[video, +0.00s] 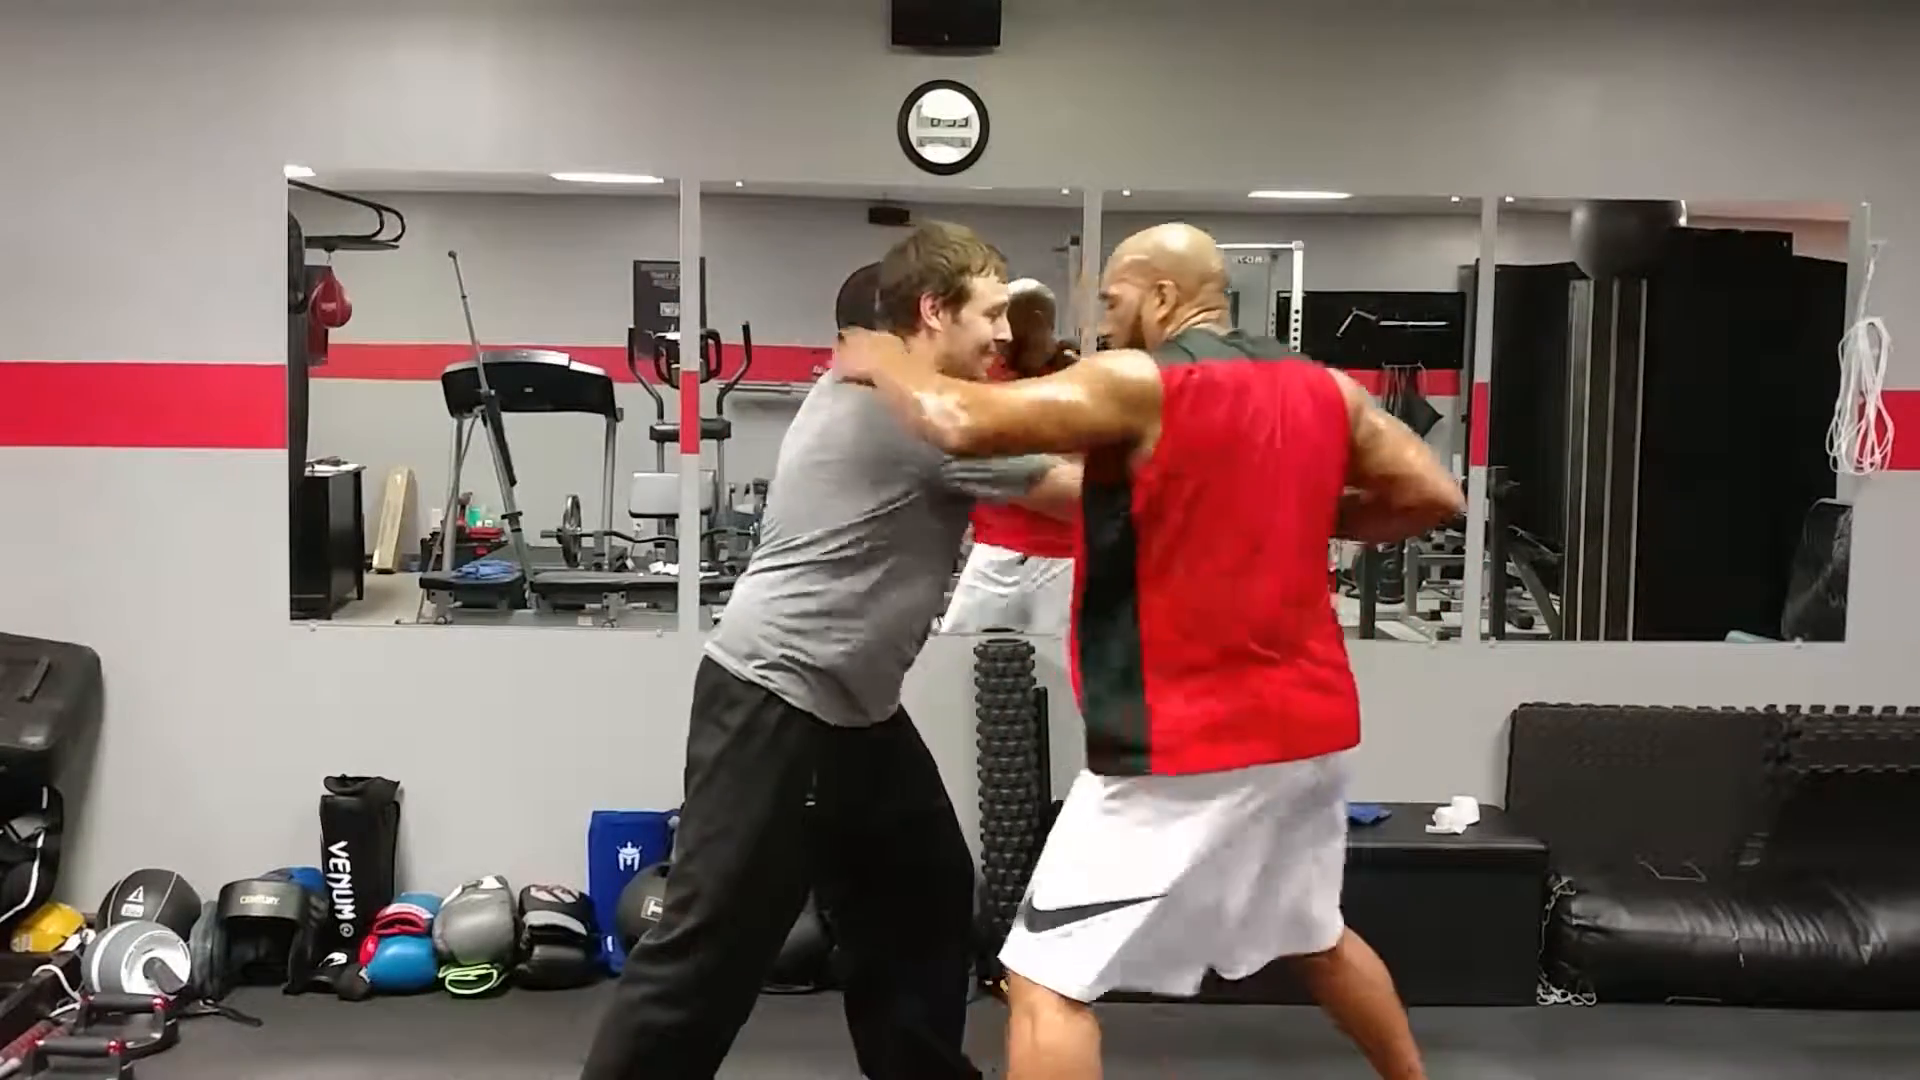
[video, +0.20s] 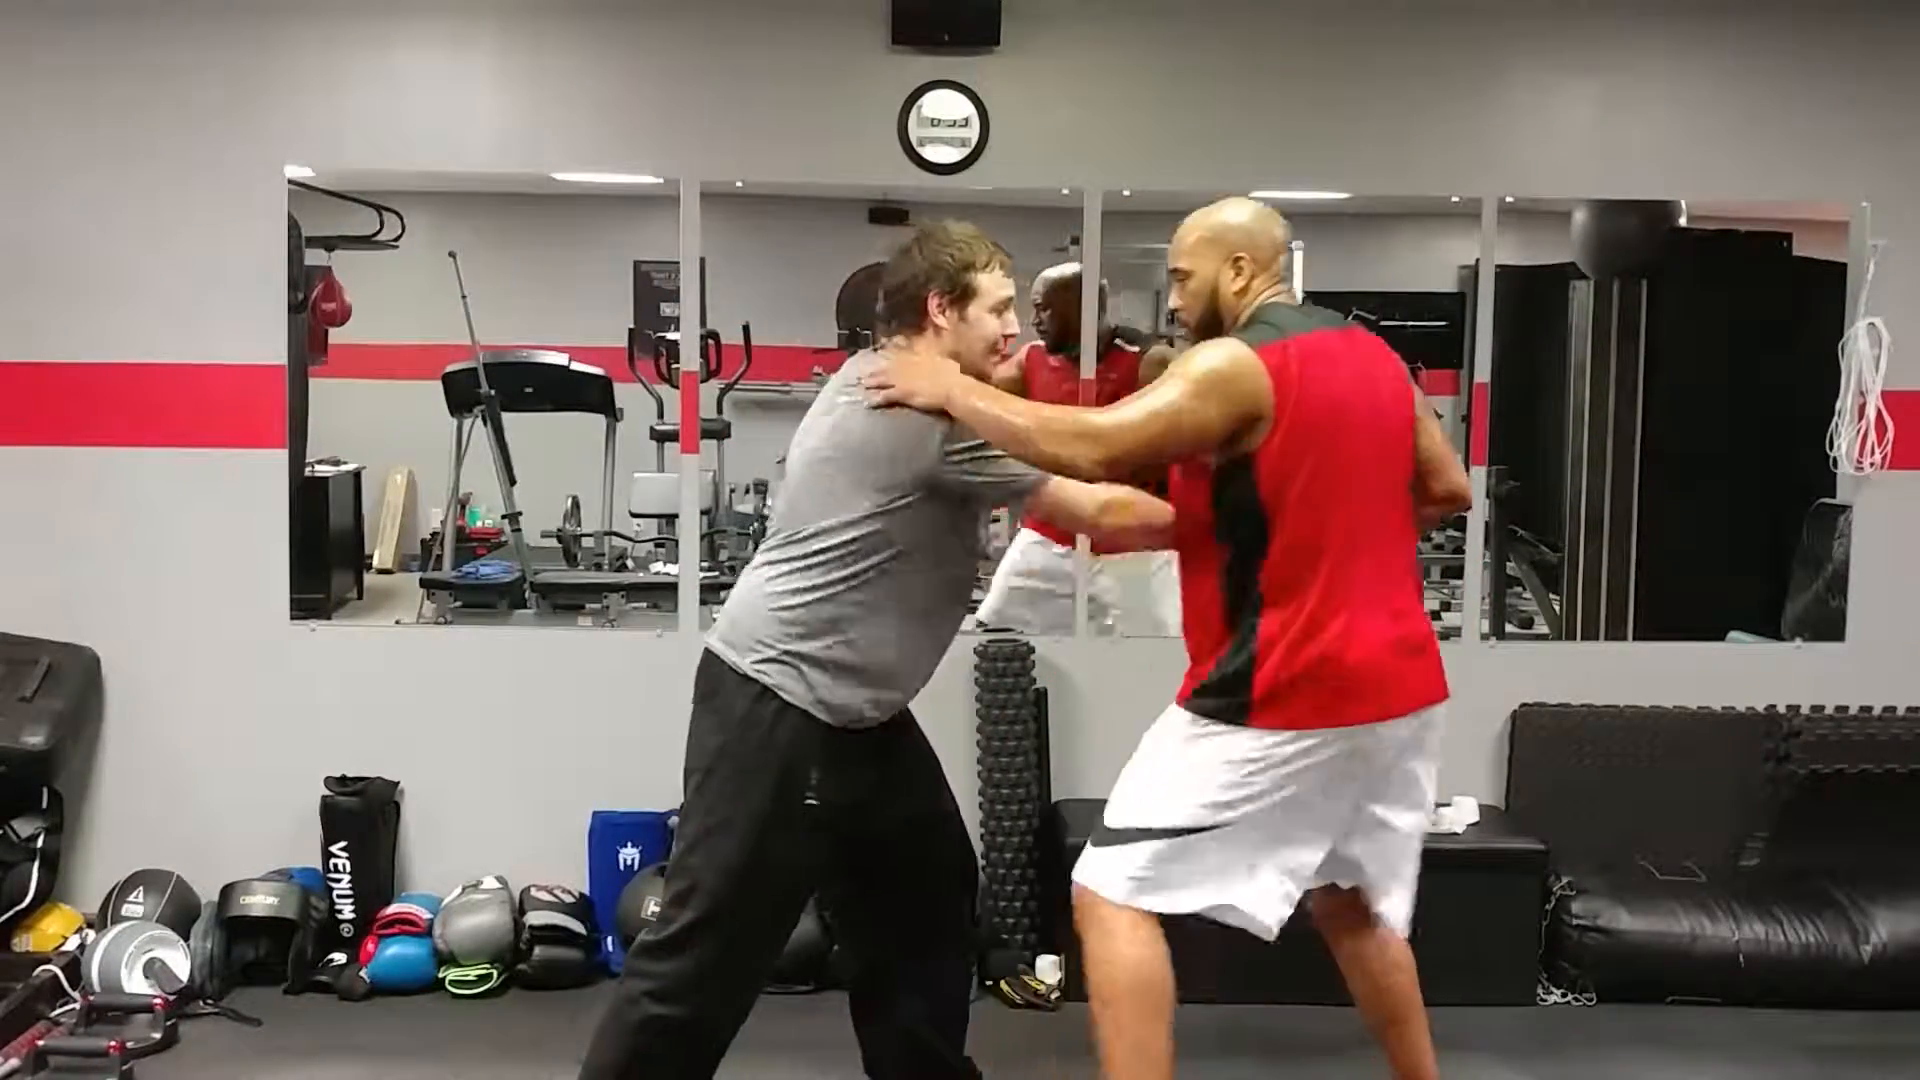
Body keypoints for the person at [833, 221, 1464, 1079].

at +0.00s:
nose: (1101, 322)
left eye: (1112, 303)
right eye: (1101, 303)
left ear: (1165, 298)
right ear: (1208, 302)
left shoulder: (1136, 382)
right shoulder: (1324, 390)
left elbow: (959, 420)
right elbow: (1433, 494)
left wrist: (881, 363)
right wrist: (1308, 508)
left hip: (1177, 748)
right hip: (1315, 731)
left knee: (1044, 980)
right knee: (1317, 935)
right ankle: (1409, 1073)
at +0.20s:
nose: (1172, 298)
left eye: (1182, 277)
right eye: (1171, 278)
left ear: (1241, 271)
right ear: (1269, 273)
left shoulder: (1230, 369)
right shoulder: (1372, 354)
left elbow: (1097, 445)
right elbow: (1449, 486)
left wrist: (952, 388)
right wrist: (1319, 506)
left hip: (1276, 684)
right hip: (1402, 673)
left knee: (1112, 891)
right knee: (1350, 899)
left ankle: (1139, 1073)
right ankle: (1421, 1074)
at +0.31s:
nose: (1194, 288)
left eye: (1207, 267)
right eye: (1193, 268)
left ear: (1269, 263)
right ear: (1289, 268)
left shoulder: (1261, 360)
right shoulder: (1386, 349)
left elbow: (1126, 446)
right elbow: (1450, 487)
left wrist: (967, 394)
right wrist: (1313, 487)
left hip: (1301, 672)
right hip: (1414, 668)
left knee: (1140, 884)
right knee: (1352, 881)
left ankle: (1211, 1074)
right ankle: (1423, 1071)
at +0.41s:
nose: (1207, 280)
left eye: (1221, 261)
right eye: (1207, 262)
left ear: (1283, 259)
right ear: (1301, 263)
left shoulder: (1277, 363)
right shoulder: (1392, 352)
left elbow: (1148, 461)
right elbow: (1441, 496)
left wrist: (978, 445)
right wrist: (1299, 477)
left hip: (1301, 683)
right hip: (1413, 671)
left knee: (1184, 908)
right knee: (1362, 895)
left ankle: (1245, 1076)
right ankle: (1422, 1071)